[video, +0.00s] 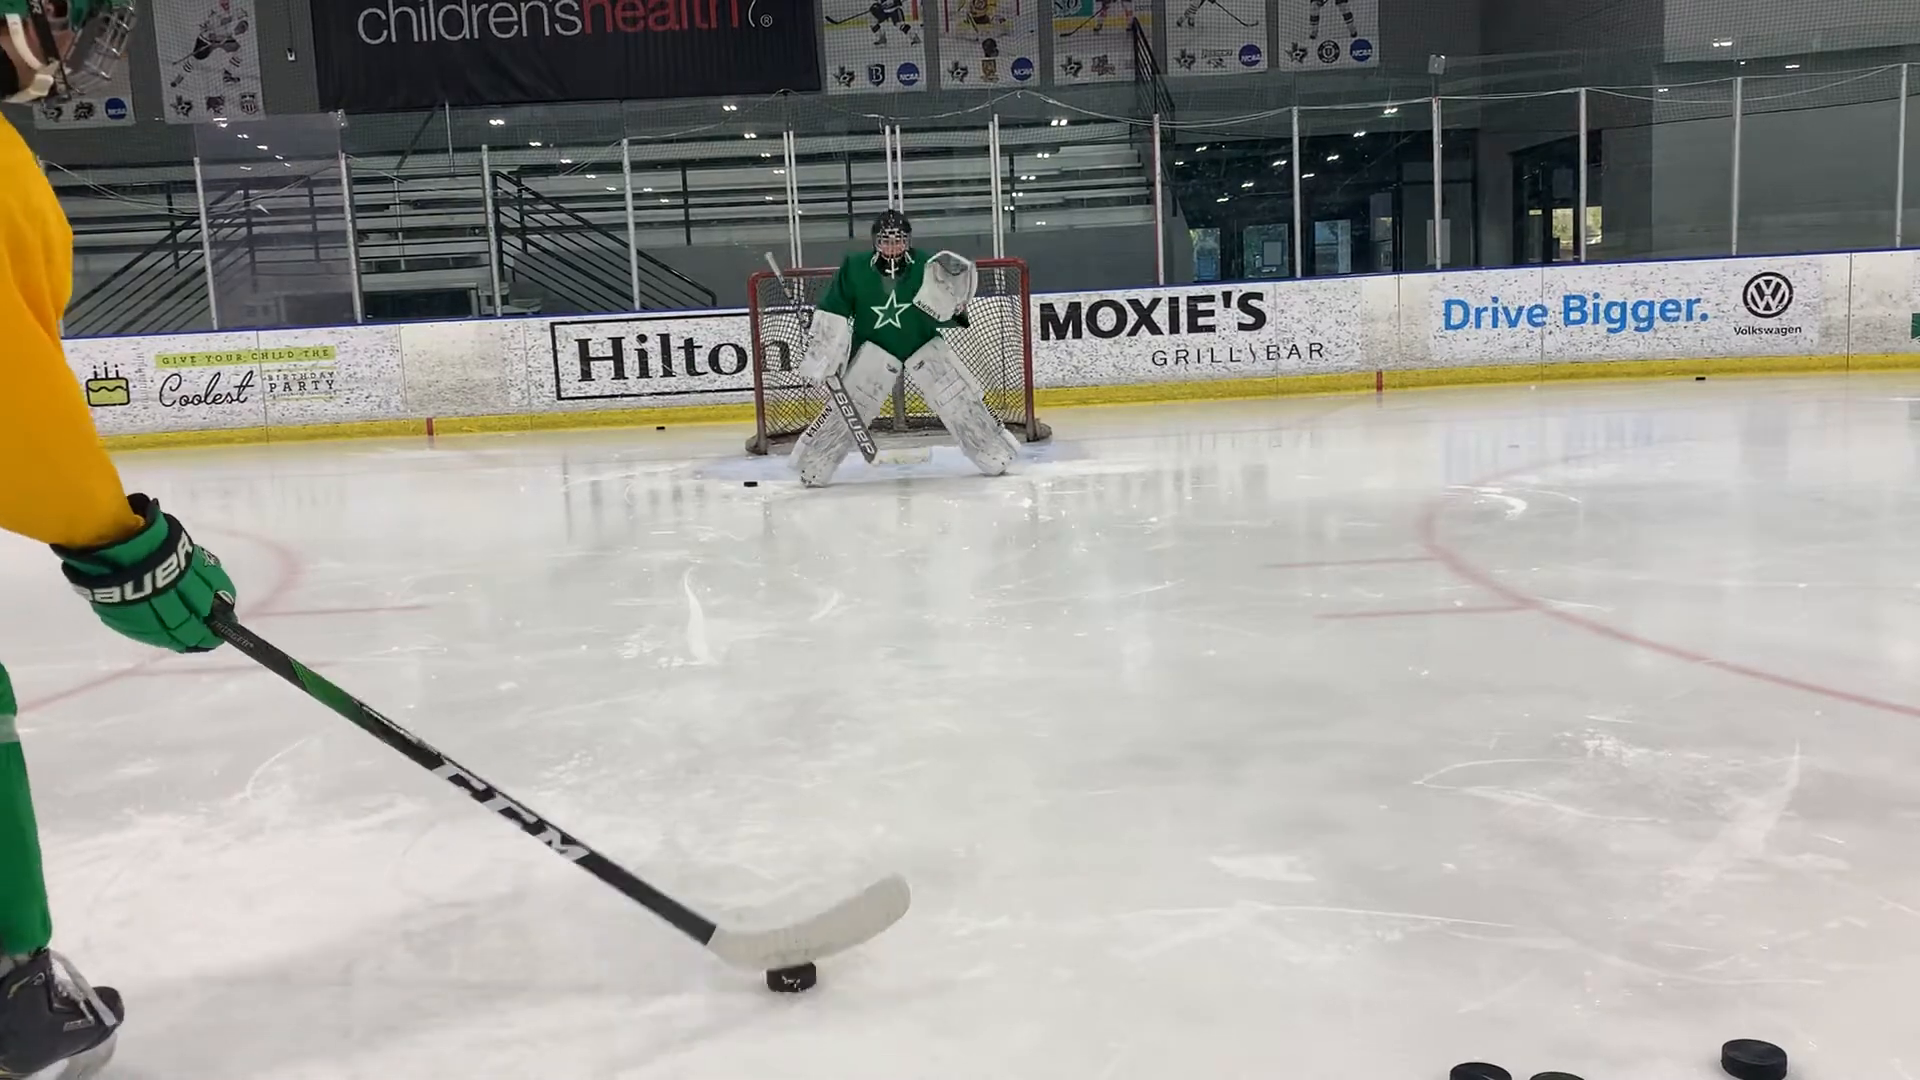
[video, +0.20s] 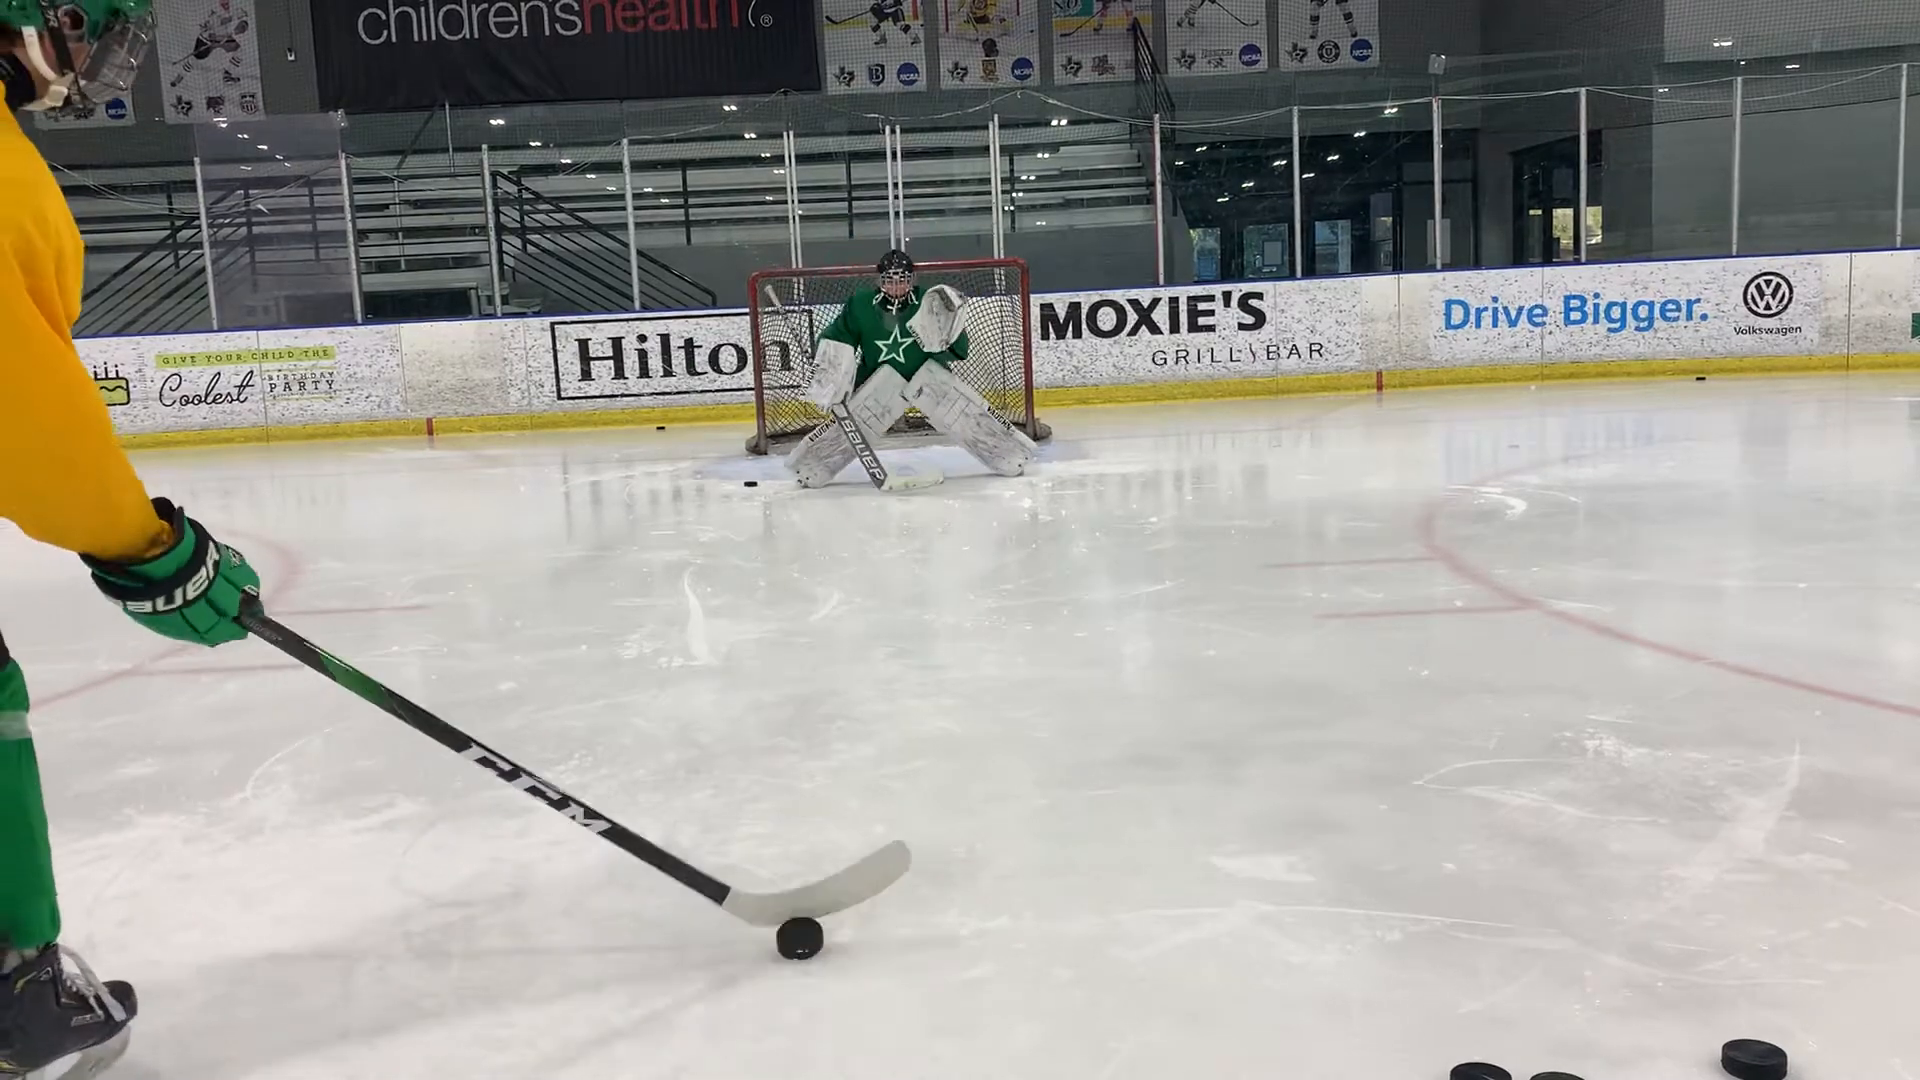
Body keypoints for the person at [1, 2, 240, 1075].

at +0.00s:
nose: (54, 53)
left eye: (56, 30)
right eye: (47, 26)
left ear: (19, 32)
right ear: (12, 26)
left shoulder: (13, 163)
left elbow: (17, 367)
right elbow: (13, 375)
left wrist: (105, 536)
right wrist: (118, 542)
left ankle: (16, 981)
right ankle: (15, 986)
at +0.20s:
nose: (88, 69)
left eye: (99, 43)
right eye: (84, 35)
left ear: (34, 31)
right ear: (31, 21)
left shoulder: (19, 170)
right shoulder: (6, 173)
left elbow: (29, 394)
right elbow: (29, 403)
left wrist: (135, 543)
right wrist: (150, 550)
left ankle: (20, 974)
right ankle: (20, 979)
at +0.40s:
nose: (134, 65)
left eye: (144, 43)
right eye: (122, 35)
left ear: (46, 29)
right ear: (45, 19)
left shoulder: (26, 155)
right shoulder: (13, 165)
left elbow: (37, 368)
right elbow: (31, 374)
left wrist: (155, 519)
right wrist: (167, 529)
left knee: (9, 691)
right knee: (6, 692)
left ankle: (27, 970)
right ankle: (25, 976)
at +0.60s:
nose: (157, 95)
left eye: (173, 74)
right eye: (147, 61)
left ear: (58, 39)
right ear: (65, 33)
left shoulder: (31, 157)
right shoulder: (27, 185)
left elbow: (49, 408)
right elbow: (64, 428)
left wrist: (180, 534)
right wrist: (201, 548)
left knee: (13, 688)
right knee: (12, 690)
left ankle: (28, 962)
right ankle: (27, 970)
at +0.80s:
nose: (214, 125)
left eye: (225, 103)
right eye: (207, 96)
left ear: (118, 64)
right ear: (133, 66)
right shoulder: (60, 206)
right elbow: (85, 443)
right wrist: (226, 586)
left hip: (4, 500)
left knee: (41, 669)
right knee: (54, 670)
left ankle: (74, 925)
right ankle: (86, 947)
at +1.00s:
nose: (270, 150)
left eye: (278, 125)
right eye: (267, 121)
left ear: (158, 86)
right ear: (220, 106)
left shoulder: (47, 134)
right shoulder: (164, 233)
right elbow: (193, 459)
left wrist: (121, 517)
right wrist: (300, 609)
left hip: (12, 473)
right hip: (11, 485)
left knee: (132, 650)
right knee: (147, 650)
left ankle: (155, 910)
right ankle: (167, 921)